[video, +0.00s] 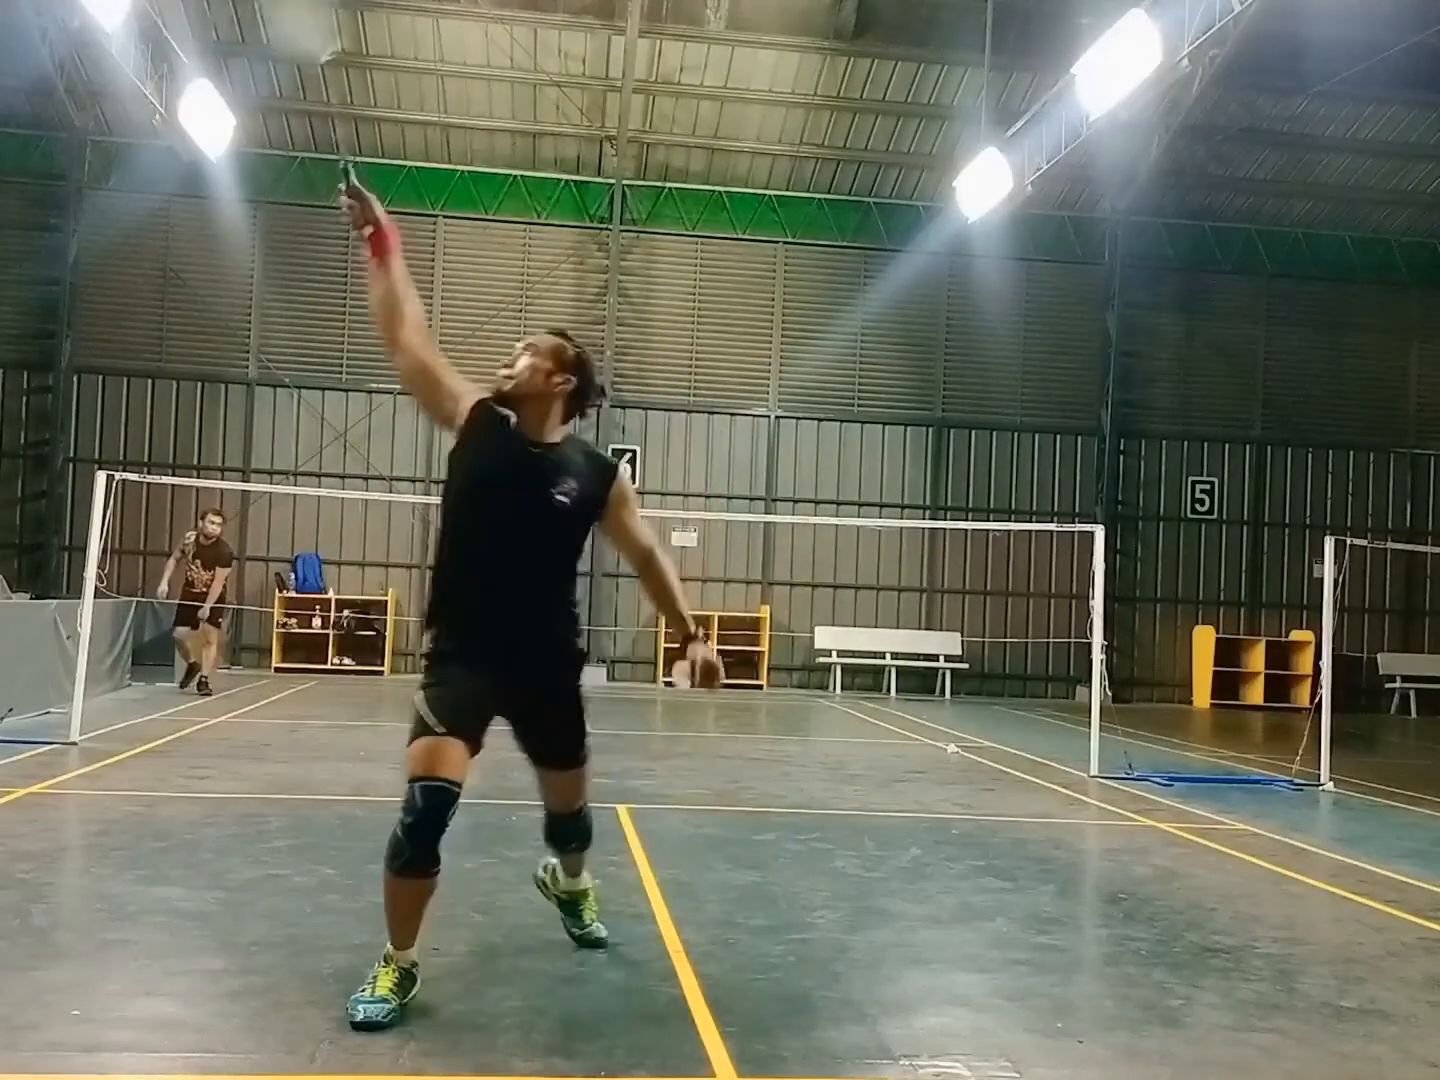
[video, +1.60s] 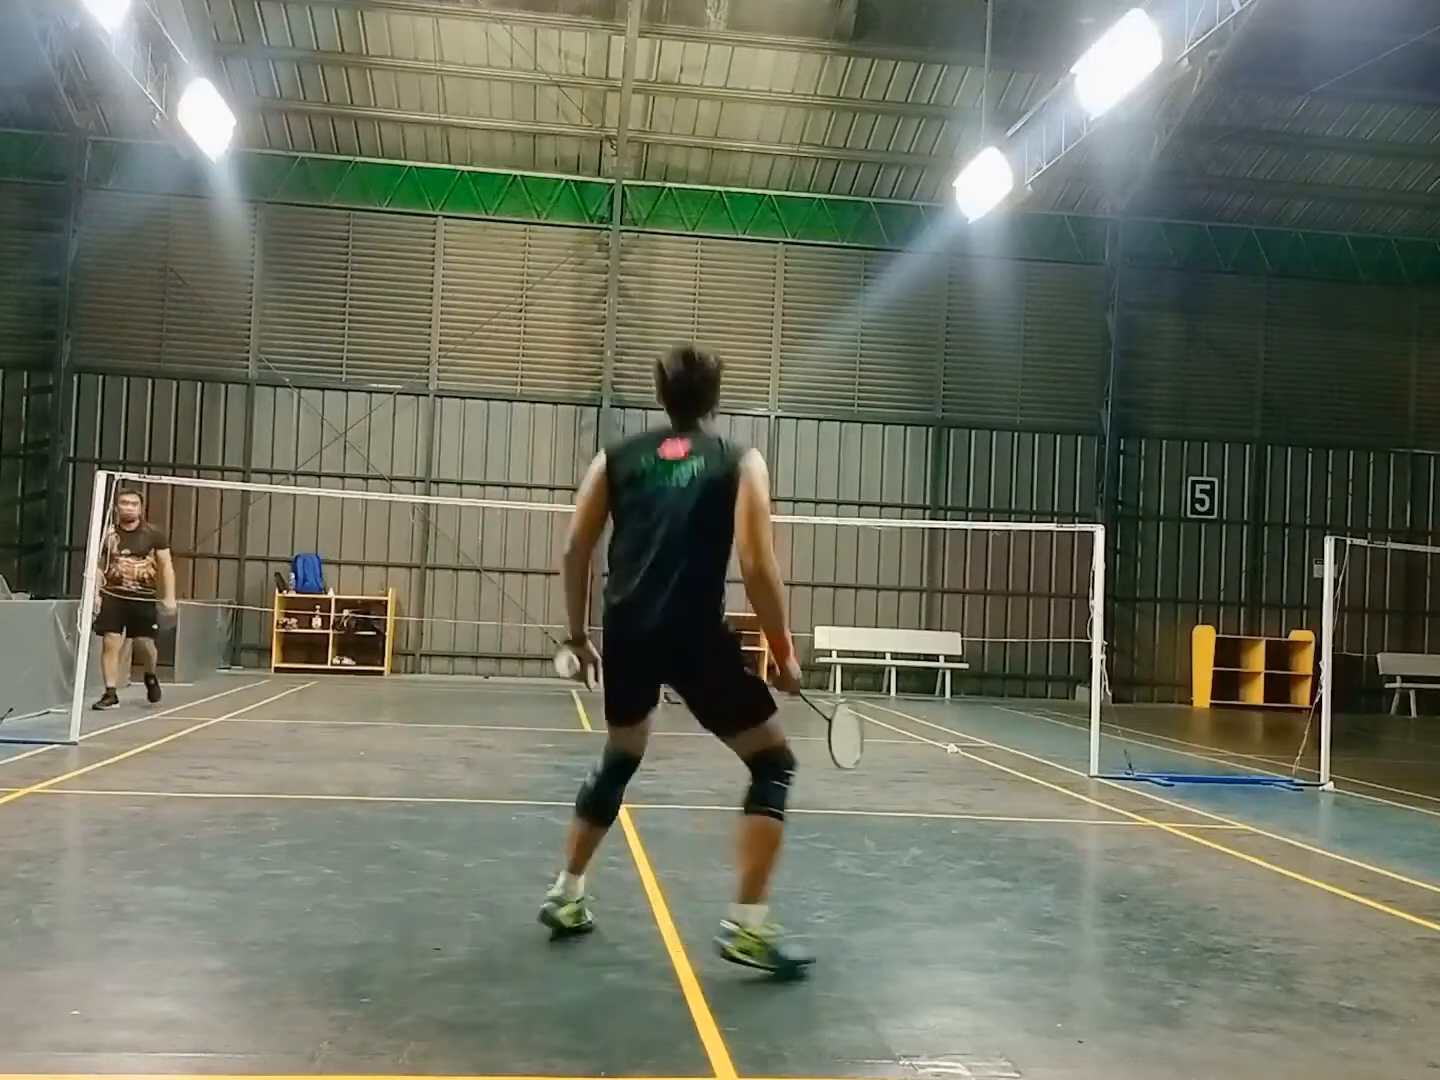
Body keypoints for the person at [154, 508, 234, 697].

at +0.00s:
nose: (214, 528)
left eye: (219, 525)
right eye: (211, 523)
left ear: (222, 528)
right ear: (201, 523)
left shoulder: (224, 552)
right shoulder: (190, 539)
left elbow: (218, 582)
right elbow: (174, 559)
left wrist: (208, 605)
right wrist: (164, 582)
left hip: (213, 596)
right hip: (190, 593)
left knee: (209, 635)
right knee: (179, 633)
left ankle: (204, 678)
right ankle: (192, 664)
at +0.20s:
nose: (206, 526)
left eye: (210, 523)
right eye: (202, 522)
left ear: (214, 527)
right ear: (192, 523)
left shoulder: (217, 551)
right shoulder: (180, 540)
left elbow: (215, 581)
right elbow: (165, 558)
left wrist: (205, 606)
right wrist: (159, 579)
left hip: (206, 597)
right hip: (182, 595)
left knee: (205, 639)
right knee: (172, 634)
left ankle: (203, 679)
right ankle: (165, 678)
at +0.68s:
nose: (181, 515)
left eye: (183, 512)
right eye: (177, 511)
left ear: (184, 515)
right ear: (163, 513)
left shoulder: (191, 542)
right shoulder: (148, 537)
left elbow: (203, 569)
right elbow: (132, 563)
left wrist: (207, 597)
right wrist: (128, 588)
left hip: (182, 597)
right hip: (154, 596)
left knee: (183, 636)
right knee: (156, 639)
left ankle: (180, 679)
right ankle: (159, 682)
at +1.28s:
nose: (164, 511)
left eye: (167, 507)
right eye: (159, 506)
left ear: (170, 511)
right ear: (145, 509)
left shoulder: (178, 538)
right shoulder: (132, 534)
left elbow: (189, 567)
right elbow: (121, 562)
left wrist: (189, 596)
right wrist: (116, 591)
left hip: (165, 599)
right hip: (135, 596)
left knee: (163, 643)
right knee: (125, 635)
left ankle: (157, 687)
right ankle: (125, 685)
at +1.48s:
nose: (143, 512)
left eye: (147, 508)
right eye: (138, 507)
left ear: (152, 512)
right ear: (128, 511)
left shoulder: (163, 538)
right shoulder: (118, 537)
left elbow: (178, 567)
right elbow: (110, 567)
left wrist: (184, 595)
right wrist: (105, 595)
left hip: (154, 601)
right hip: (123, 599)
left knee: (157, 645)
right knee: (116, 642)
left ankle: (156, 686)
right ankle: (111, 691)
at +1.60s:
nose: (129, 508)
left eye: (134, 504)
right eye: (124, 503)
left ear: (141, 507)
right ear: (117, 507)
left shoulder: (154, 535)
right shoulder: (107, 534)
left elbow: (166, 567)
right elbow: (98, 566)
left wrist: (169, 598)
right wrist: (94, 593)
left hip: (144, 599)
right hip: (113, 597)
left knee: (146, 644)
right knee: (110, 643)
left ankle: (150, 677)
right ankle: (110, 692)